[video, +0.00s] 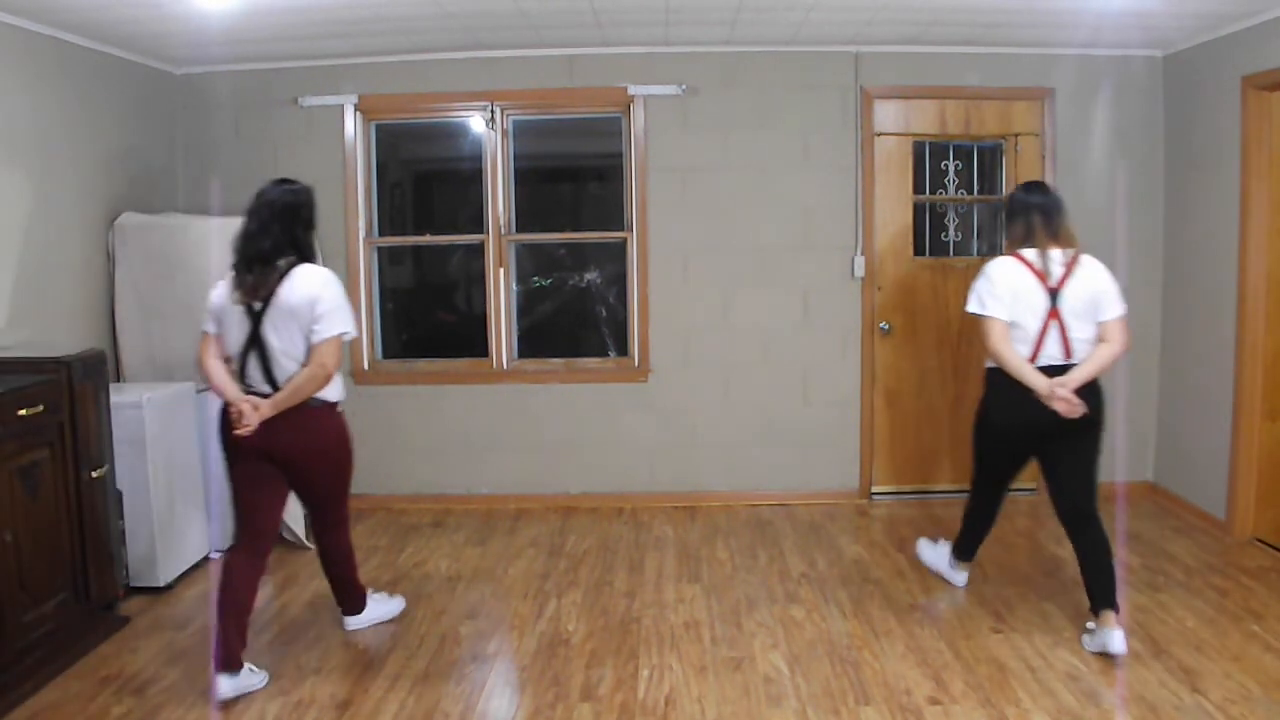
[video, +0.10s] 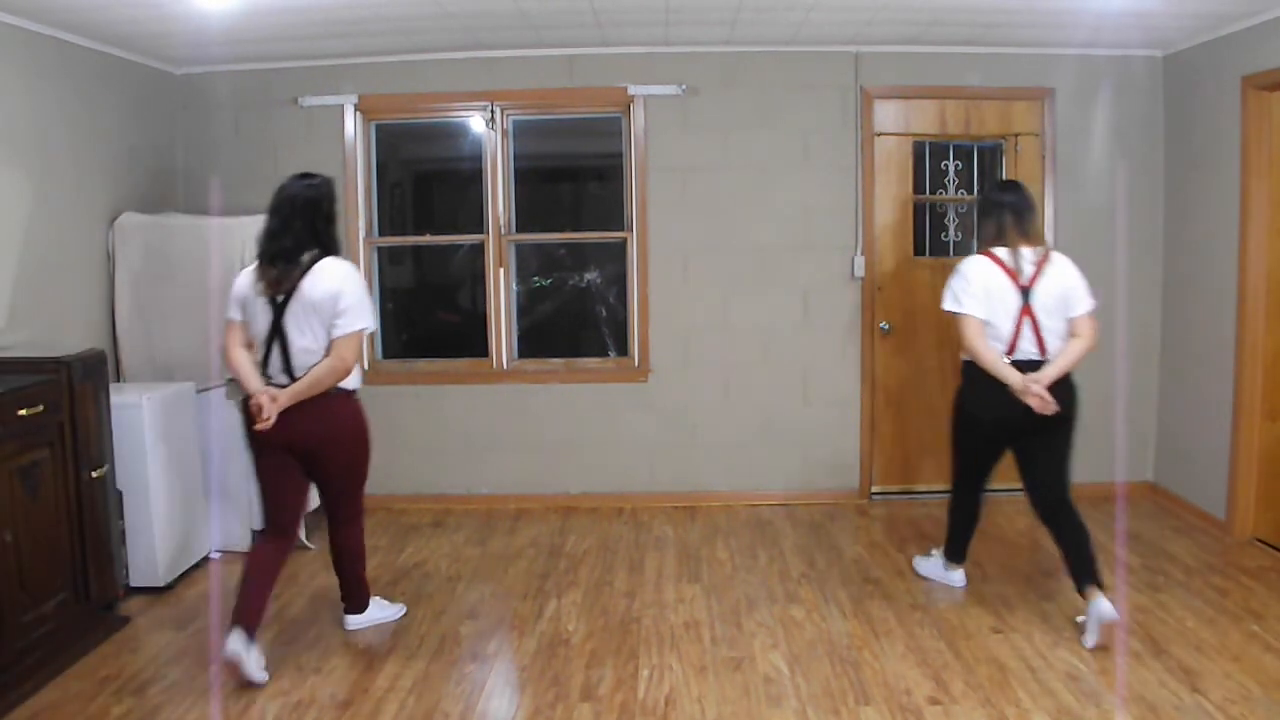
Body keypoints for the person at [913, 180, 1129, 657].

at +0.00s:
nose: (1006, 228)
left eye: (1008, 220)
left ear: (1012, 222)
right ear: (1059, 219)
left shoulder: (999, 271)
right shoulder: (1094, 270)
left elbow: (997, 344)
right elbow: (1116, 341)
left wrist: (1045, 387)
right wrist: (1067, 384)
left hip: (1013, 398)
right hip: (1078, 400)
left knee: (988, 486)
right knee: (1081, 513)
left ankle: (957, 560)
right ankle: (1108, 622)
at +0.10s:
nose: (980, 223)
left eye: (981, 215)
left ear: (985, 219)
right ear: (1031, 217)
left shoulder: (974, 270)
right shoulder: (1063, 267)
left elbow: (973, 342)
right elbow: (1085, 335)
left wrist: (1021, 383)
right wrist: (1043, 379)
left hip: (989, 389)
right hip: (1051, 389)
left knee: (968, 480)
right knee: (1053, 498)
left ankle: (952, 563)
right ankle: (1094, 595)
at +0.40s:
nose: (931, 208)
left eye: (932, 201)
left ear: (938, 203)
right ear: (979, 200)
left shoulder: (932, 251)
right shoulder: (1008, 248)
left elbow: (938, 322)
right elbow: (1027, 314)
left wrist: (982, 360)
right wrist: (998, 354)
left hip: (943, 369)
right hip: (994, 370)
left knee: (943, 459)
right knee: (960, 446)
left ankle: (949, 561)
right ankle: (989, 524)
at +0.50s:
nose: (920, 210)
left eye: (922, 204)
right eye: (921, 204)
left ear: (930, 205)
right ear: (967, 202)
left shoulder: (927, 249)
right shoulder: (995, 248)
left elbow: (941, 322)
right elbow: (1012, 311)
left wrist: (980, 357)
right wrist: (990, 351)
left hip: (936, 366)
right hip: (980, 368)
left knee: (938, 458)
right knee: (943, 443)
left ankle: (949, 560)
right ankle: (969, 520)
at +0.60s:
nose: (912, 212)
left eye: (914, 203)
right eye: (913, 204)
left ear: (927, 203)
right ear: (959, 201)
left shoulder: (927, 246)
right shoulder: (984, 246)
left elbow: (943, 319)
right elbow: (1000, 309)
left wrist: (979, 353)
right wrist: (985, 346)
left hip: (934, 364)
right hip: (973, 363)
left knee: (932, 456)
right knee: (934, 444)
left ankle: (949, 560)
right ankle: (967, 517)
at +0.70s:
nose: (902, 214)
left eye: (905, 206)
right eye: (902, 206)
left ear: (921, 205)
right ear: (945, 203)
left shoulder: (924, 245)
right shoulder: (967, 243)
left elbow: (946, 314)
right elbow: (983, 303)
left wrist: (977, 350)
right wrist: (980, 345)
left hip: (932, 361)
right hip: (958, 360)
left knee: (925, 453)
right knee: (913, 443)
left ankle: (953, 555)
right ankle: (965, 518)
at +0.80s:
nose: (894, 215)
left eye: (898, 207)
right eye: (894, 207)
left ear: (915, 206)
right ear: (936, 205)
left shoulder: (922, 247)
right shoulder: (950, 245)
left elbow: (943, 313)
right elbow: (969, 307)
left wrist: (974, 348)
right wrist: (972, 345)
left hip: (930, 364)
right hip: (939, 360)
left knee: (926, 457)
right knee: (895, 447)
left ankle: (955, 556)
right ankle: (959, 513)